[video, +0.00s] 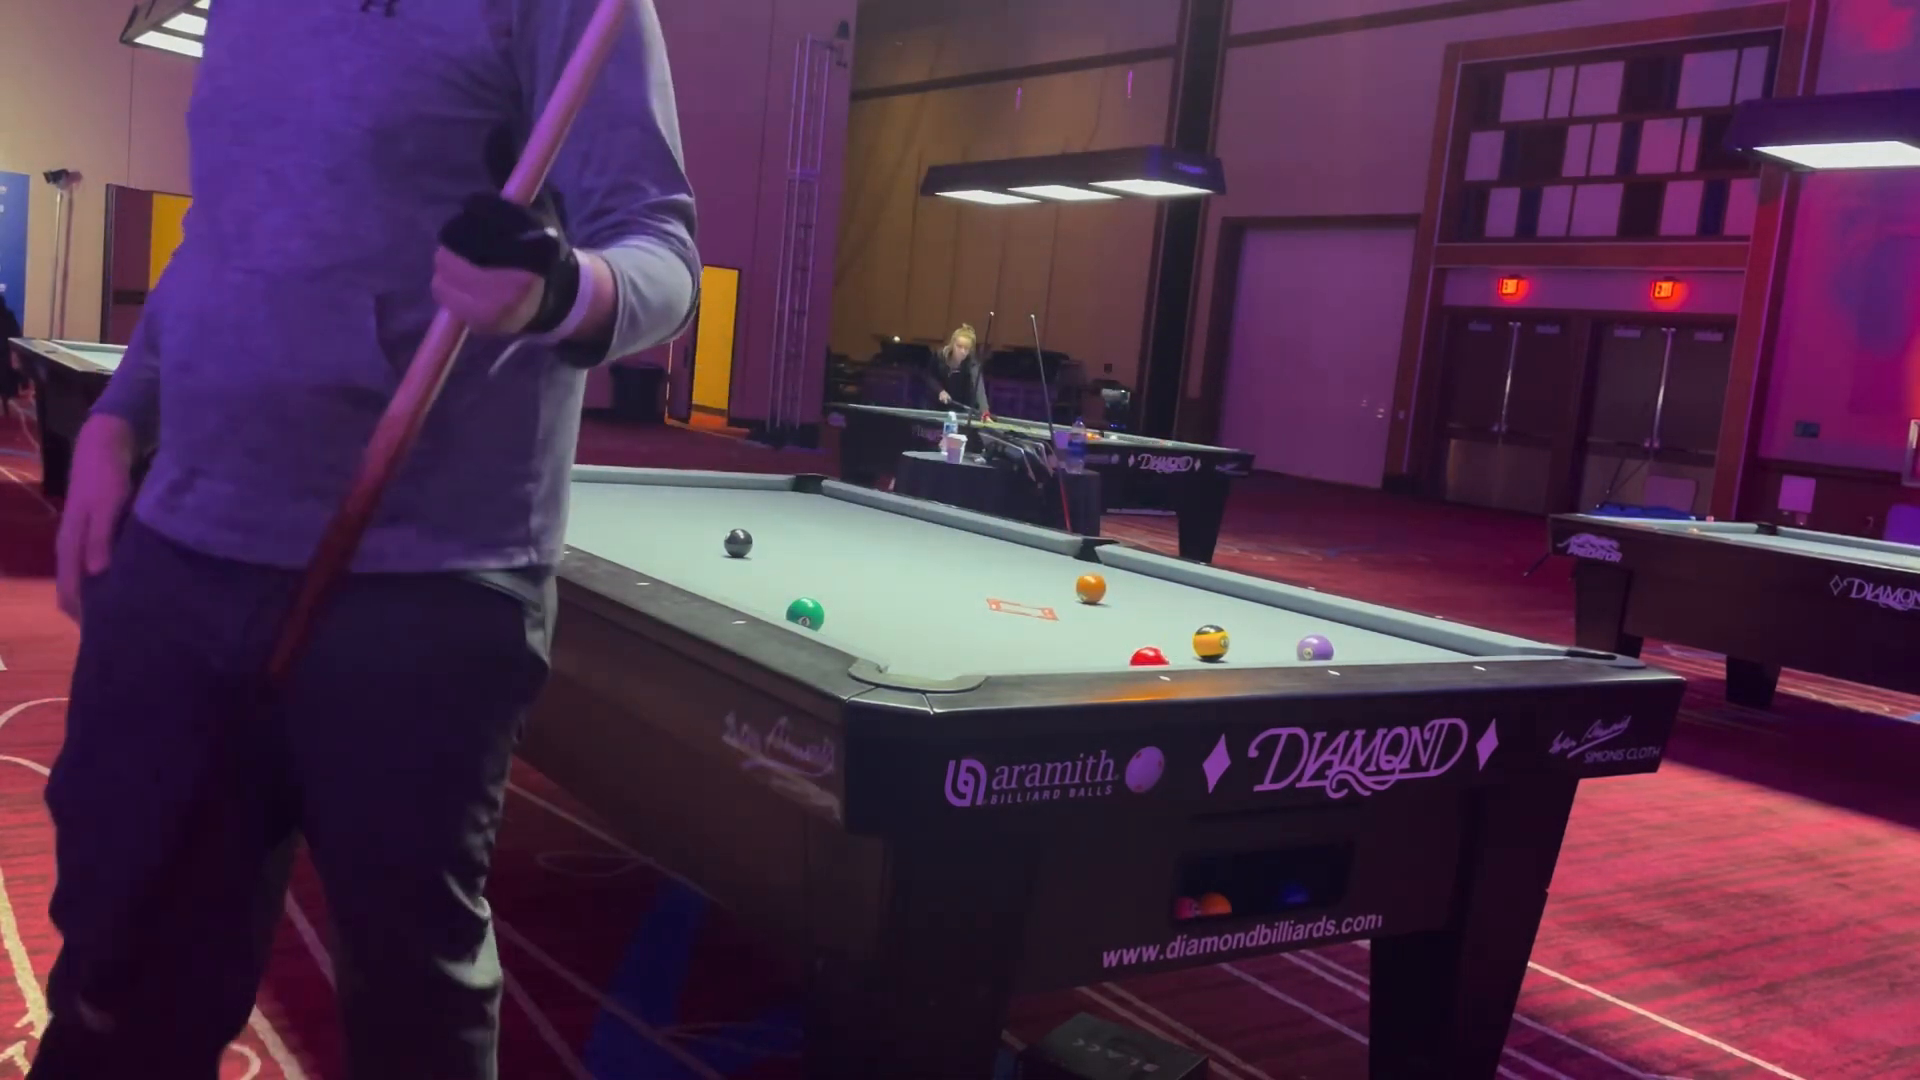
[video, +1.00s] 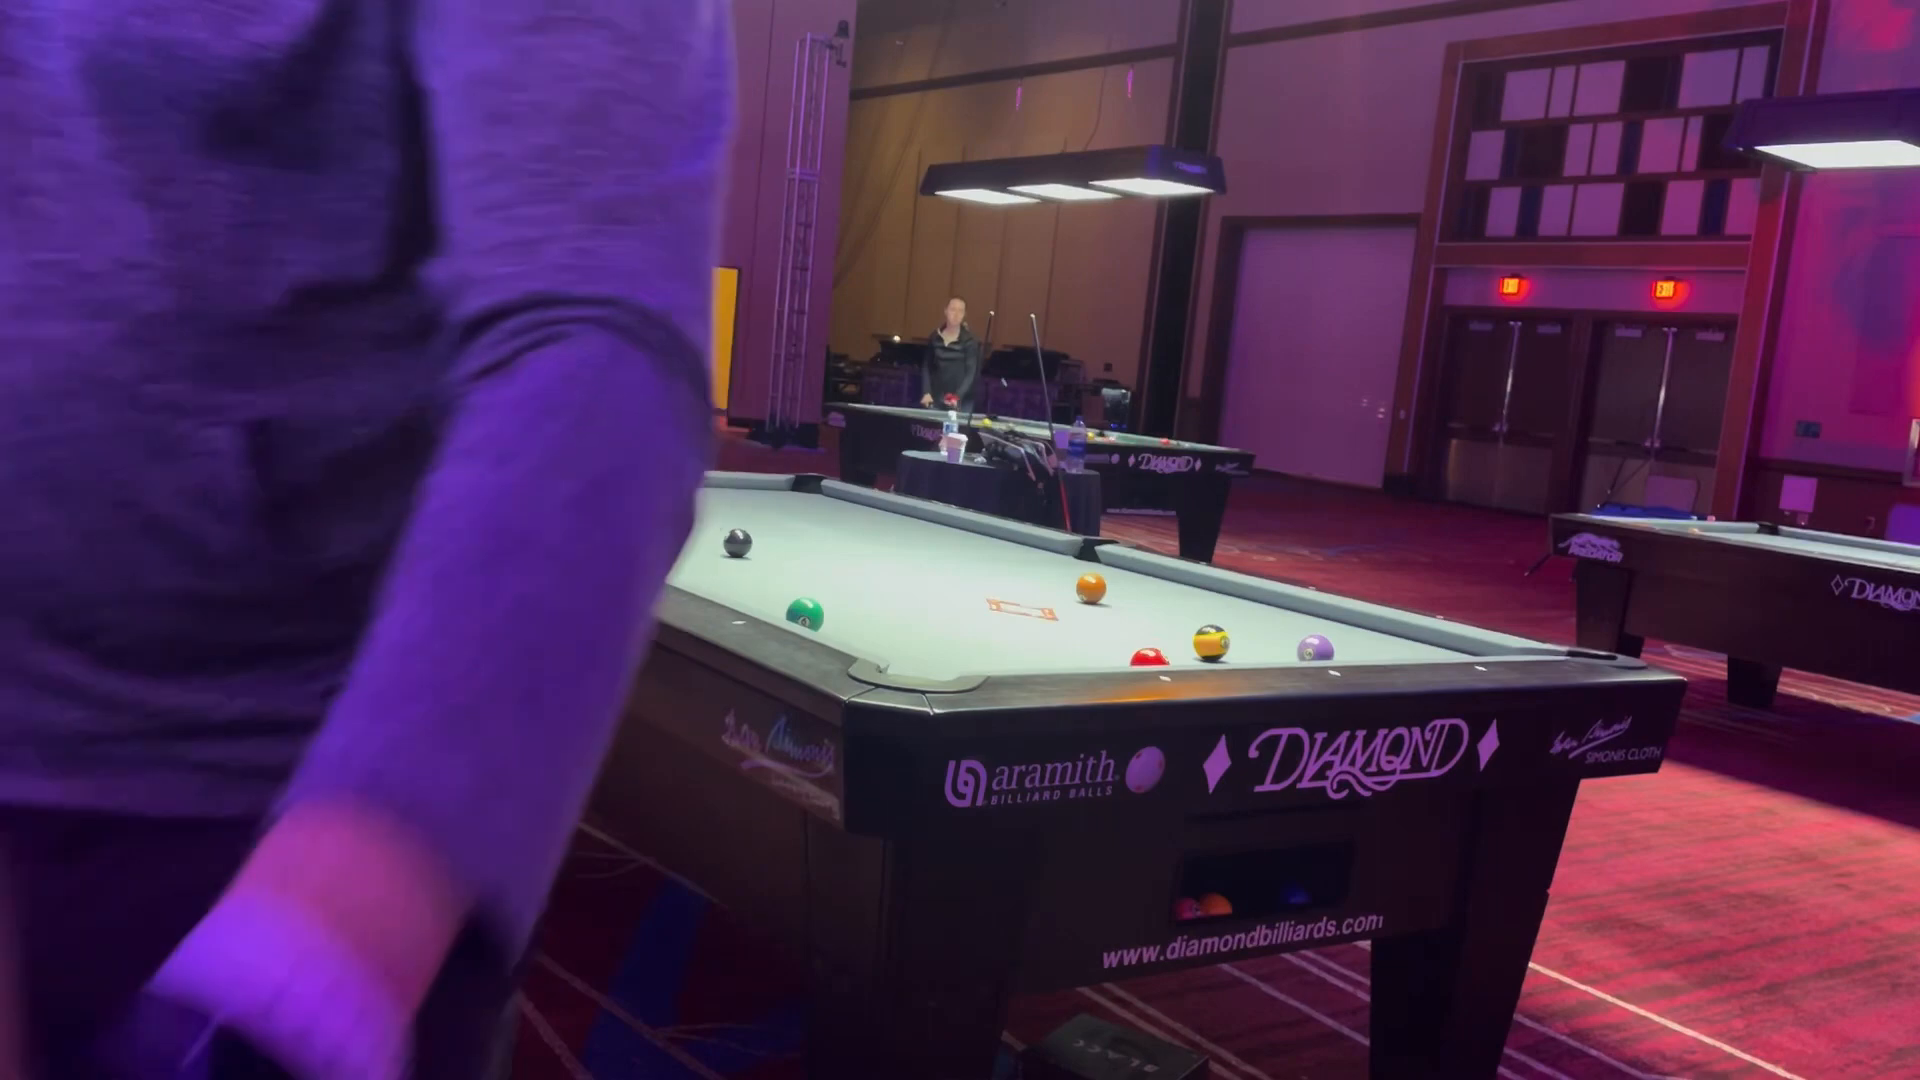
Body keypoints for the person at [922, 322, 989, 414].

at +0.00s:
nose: (962, 351)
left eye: (966, 348)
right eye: (959, 346)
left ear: (970, 349)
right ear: (952, 345)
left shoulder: (972, 366)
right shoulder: (938, 359)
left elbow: (979, 390)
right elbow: (929, 377)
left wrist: (984, 411)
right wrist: (940, 391)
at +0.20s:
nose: (962, 340)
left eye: (966, 337)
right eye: (959, 335)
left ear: (971, 339)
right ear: (952, 334)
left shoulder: (974, 358)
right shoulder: (938, 352)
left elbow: (978, 386)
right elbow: (929, 373)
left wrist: (980, 410)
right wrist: (939, 390)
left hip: (963, 410)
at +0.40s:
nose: (962, 328)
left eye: (966, 326)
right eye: (959, 324)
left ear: (970, 330)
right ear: (951, 325)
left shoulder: (973, 350)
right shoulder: (939, 346)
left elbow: (975, 379)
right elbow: (929, 369)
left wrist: (976, 407)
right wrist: (937, 389)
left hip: (963, 404)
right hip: (940, 402)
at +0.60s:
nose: (960, 321)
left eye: (964, 318)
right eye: (957, 317)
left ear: (969, 323)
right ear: (951, 318)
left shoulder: (972, 347)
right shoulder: (938, 343)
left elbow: (973, 376)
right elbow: (930, 367)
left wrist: (971, 403)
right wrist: (934, 389)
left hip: (962, 402)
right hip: (939, 400)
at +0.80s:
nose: (959, 317)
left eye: (963, 313)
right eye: (956, 312)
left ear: (967, 317)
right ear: (948, 314)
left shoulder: (970, 344)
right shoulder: (936, 340)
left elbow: (971, 373)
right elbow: (928, 365)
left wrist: (966, 401)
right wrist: (930, 390)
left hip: (959, 400)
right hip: (937, 398)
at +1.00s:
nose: (956, 314)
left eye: (960, 311)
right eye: (953, 309)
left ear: (964, 314)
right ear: (945, 312)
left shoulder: (970, 340)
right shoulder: (934, 338)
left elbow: (971, 372)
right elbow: (926, 366)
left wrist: (957, 396)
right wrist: (926, 392)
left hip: (962, 399)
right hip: (937, 396)